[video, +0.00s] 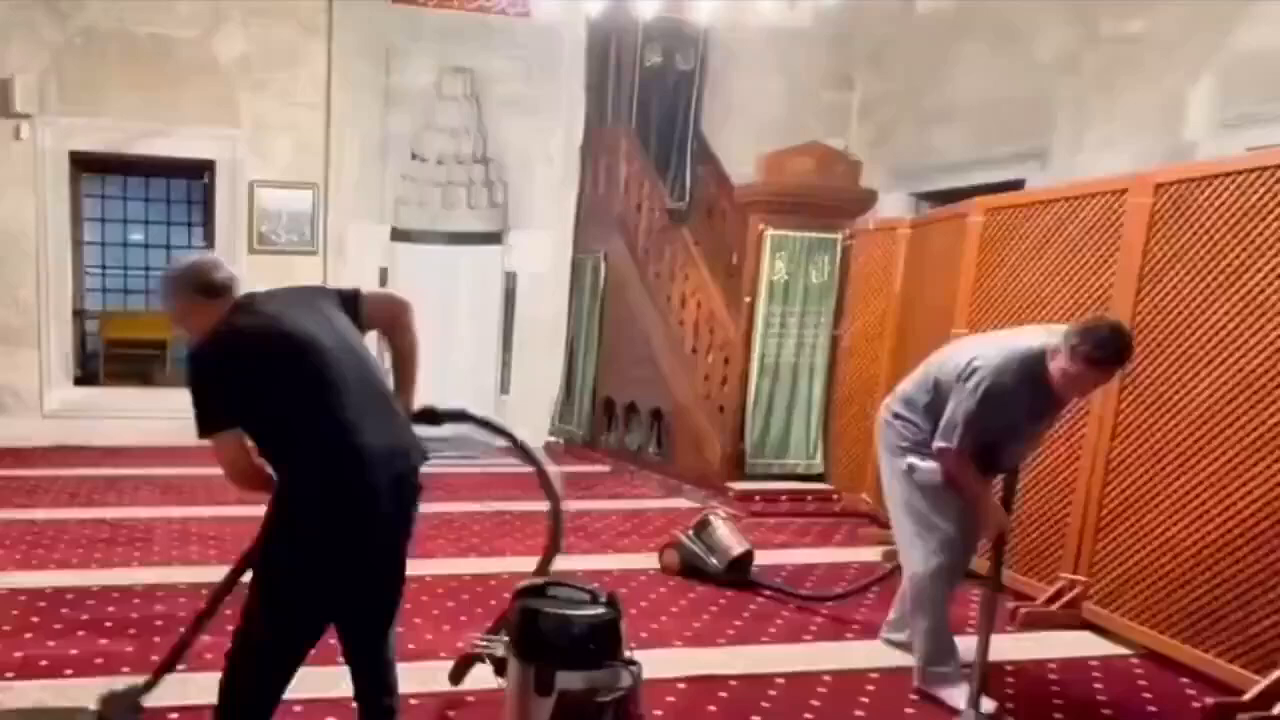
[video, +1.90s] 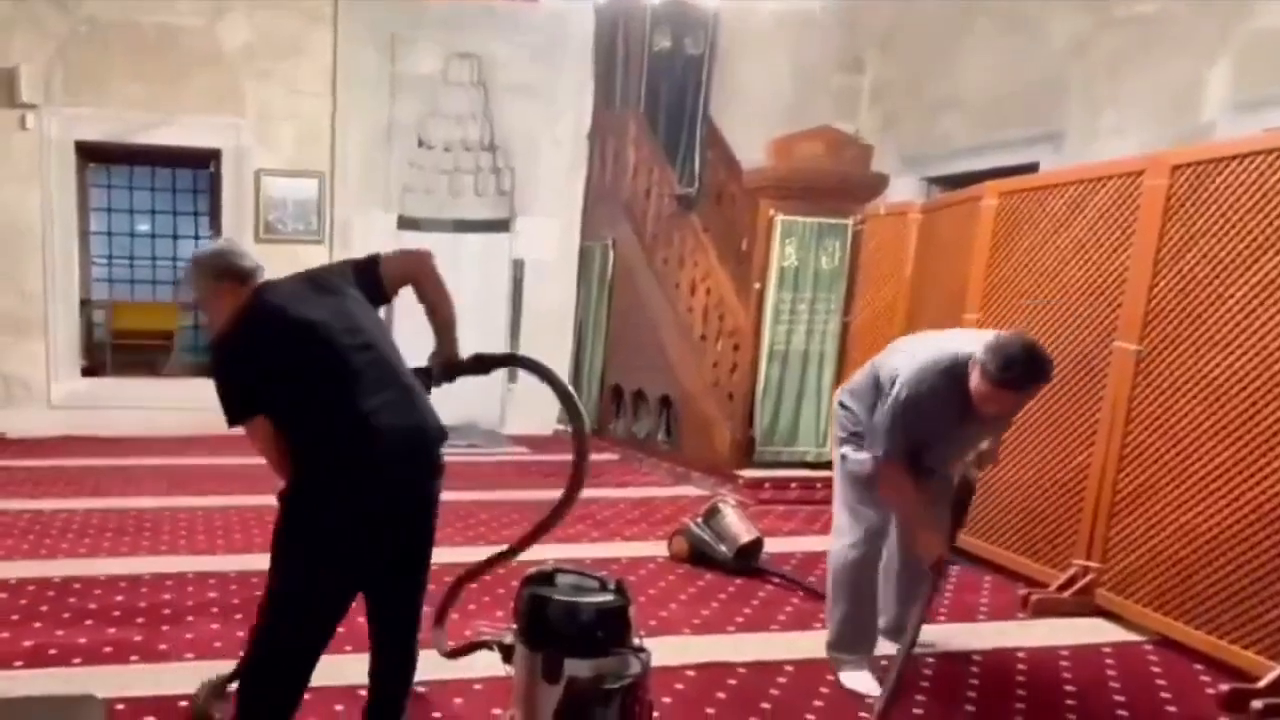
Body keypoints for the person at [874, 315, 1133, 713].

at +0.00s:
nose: (1086, 392)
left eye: (1095, 386)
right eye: (1084, 380)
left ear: (1105, 375)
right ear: (1066, 356)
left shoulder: (1067, 365)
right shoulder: (997, 371)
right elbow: (948, 454)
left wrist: (1011, 455)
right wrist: (987, 508)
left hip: (968, 445)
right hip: (912, 433)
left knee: (959, 542)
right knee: (934, 555)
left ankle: (902, 626)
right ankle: (936, 673)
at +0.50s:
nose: (1070, 432)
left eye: (1083, 428)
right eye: (1070, 421)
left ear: (1099, 420)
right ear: (1055, 391)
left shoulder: (1069, 378)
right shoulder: (990, 400)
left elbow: (1051, 424)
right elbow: (948, 495)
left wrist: (1037, 463)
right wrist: (980, 555)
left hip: (949, 441)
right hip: (898, 434)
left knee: (938, 548)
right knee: (909, 556)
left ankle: (915, 630)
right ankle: (903, 672)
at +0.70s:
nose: (1055, 457)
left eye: (1069, 452)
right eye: (1049, 446)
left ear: (1082, 430)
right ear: (1029, 411)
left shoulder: (1065, 404)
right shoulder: (966, 420)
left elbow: (1064, 460)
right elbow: (946, 520)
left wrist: (1041, 504)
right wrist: (978, 594)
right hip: (895, 434)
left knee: (936, 551)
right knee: (902, 556)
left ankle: (915, 631)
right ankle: (902, 674)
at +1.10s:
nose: (1033, 427)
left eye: (1043, 419)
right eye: (1027, 416)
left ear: (1056, 404)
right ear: (1004, 386)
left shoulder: (1058, 386)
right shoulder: (947, 393)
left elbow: (1057, 421)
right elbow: (917, 481)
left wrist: (1029, 459)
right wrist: (954, 557)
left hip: (966, 449)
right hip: (898, 434)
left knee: (940, 544)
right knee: (903, 553)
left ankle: (888, 616)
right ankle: (906, 670)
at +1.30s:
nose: (1043, 387)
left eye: (1051, 377)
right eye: (1041, 375)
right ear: (1011, 354)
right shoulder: (942, 367)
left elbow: (1030, 404)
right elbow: (913, 457)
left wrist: (1018, 427)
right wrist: (950, 514)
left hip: (957, 441)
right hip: (896, 433)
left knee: (932, 538)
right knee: (898, 552)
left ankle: (885, 614)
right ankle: (904, 665)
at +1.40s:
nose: (1033, 384)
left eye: (1043, 375)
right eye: (1029, 372)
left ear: (1051, 363)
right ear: (1004, 347)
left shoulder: (1032, 365)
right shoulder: (942, 359)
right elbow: (908, 448)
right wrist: (949, 499)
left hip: (956, 442)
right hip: (893, 430)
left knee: (936, 538)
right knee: (896, 543)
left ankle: (888, 617)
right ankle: (894, 656)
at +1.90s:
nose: (997, 410)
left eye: (1008, 405)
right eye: (990, 399)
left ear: (1024, 396)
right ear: (976, 373)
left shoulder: (1016, 382)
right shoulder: (920, 381)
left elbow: (1005, 415)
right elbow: (887, 470)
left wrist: (991, 443)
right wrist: (922, 532)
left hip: (935, 447)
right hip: (867, 432)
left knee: (922, 540)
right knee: (860, 538)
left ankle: (897, 631)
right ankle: (849, 656)